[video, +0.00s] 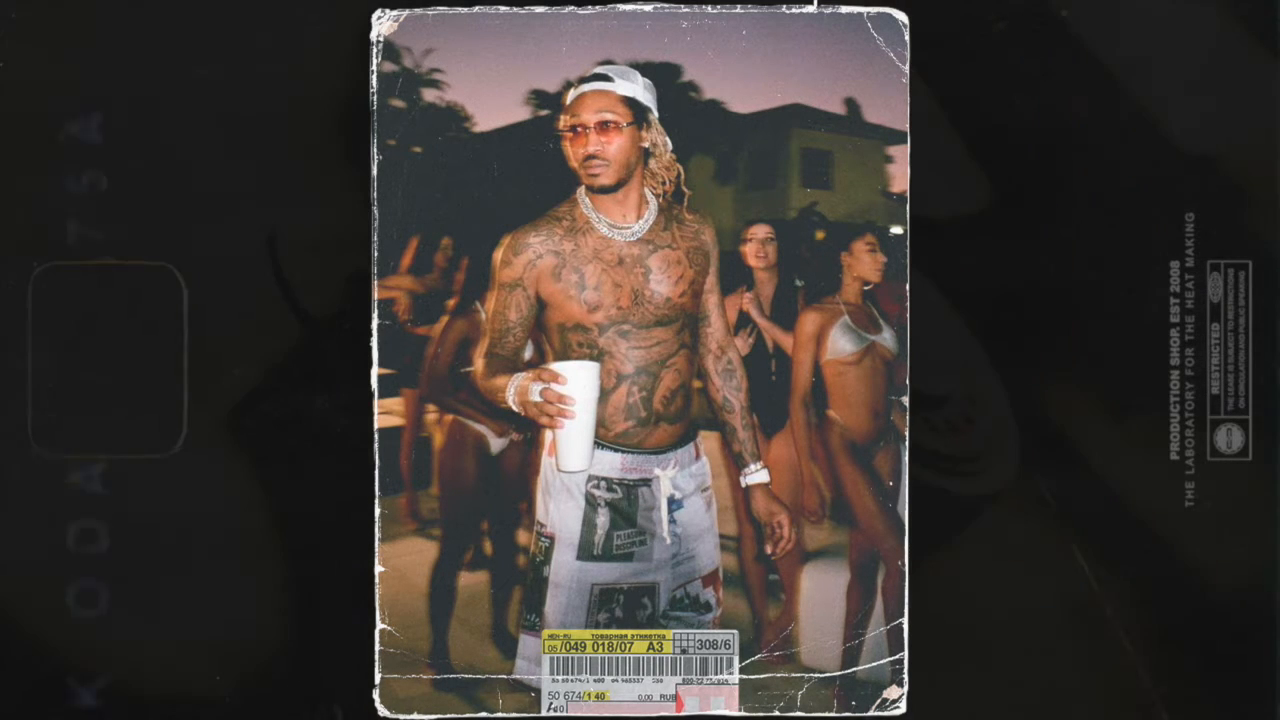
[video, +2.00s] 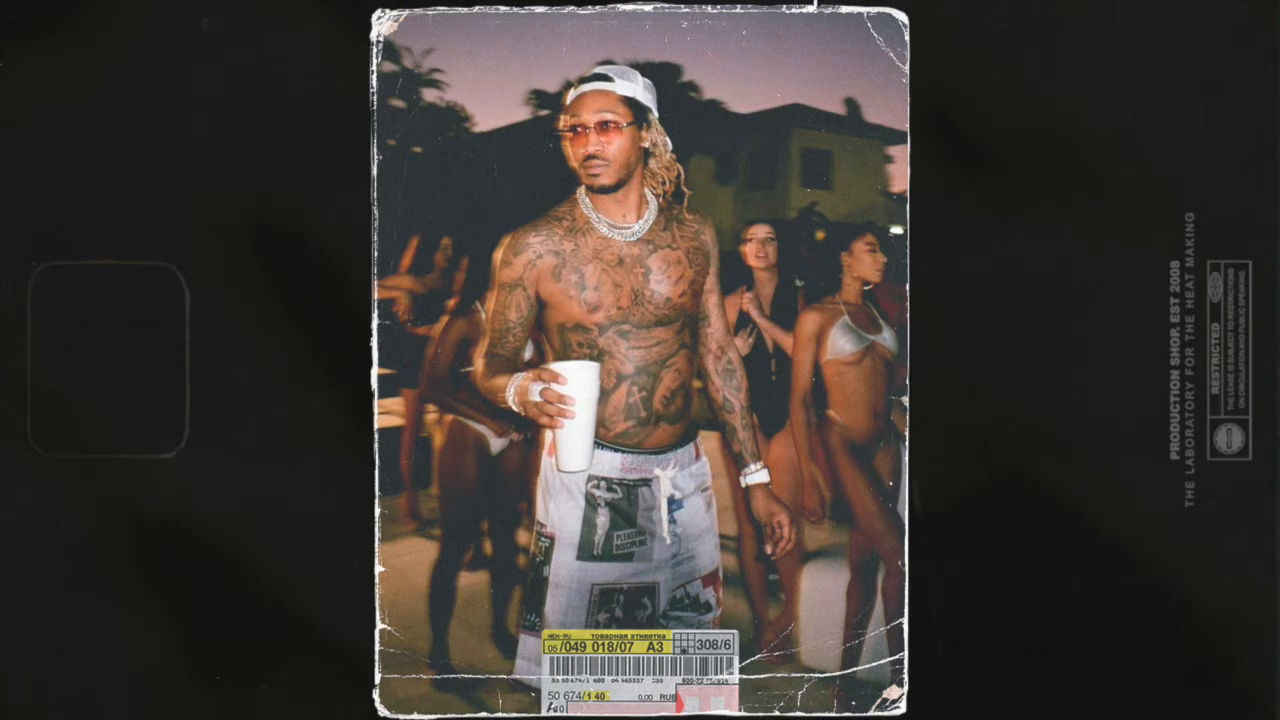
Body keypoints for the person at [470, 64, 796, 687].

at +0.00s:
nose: (589, 143)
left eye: (608, 126)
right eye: (576, 130)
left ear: (646, 138)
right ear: (565, 144)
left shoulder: (693, 235)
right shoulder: (532, 248)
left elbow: (720, 358)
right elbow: (491, 366)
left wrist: (756, 482)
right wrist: (516, 389)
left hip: (681, 477)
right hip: (583, 482)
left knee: (690, 664)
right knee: (574, 669)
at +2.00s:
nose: (590, 143)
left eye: (608, 126)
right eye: (576, 130)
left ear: (646, 138)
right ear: (565, 143)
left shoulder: (693, 236)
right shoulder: (532, 248)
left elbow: (720, 358)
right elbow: (491, 365)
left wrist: (756, 481)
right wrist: (516, 389)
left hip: (681, 477)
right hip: (582, 481)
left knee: (689, 663)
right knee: (572, 666)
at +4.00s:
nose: (590, 143)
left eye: (608, 126)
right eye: (576, 130)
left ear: (646, 138)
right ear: (565, 143)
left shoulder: (693, 235)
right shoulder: (532, 248)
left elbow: (720, 358)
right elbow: (491, 365)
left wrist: (756, 482)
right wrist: (516, 389)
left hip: (681, 476)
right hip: (582, 481)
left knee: (689, 664)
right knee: (573, 669)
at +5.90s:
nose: (590, 143)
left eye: (608, 126)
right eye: (576, 130)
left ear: (645, 138)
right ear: (565, 144)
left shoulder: (694, 236)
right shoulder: (532, 248)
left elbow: (720, 359)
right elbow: (491, 365)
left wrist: (756, 482)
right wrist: (516, 389)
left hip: (681, 477)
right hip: (582, 482)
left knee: (689, 664)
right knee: (573, 669)